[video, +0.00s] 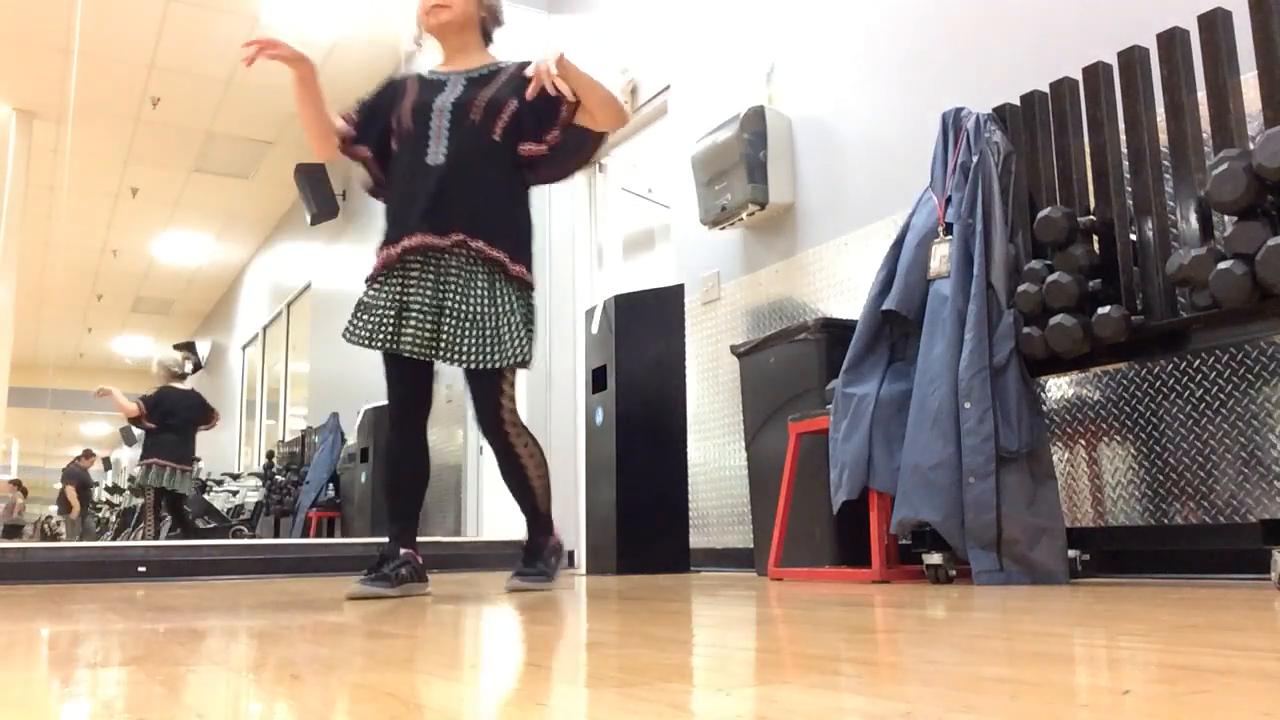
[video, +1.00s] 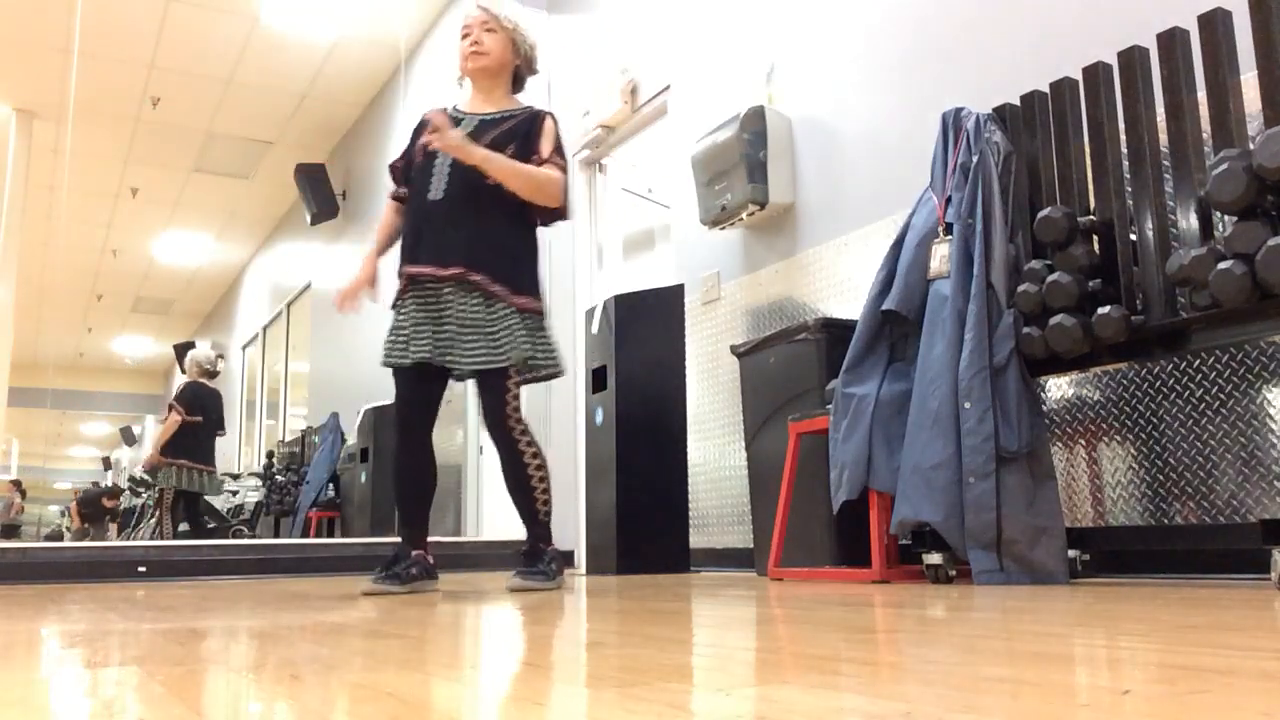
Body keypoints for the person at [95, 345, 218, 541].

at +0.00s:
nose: (156, 372)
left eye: (158, 369)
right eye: (157, 368)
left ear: (164, 371)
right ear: (182, 372)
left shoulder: (162, 394)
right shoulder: (195, 397)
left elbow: (132, 410)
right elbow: (213, 419)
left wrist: (113, 392)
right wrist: (190, 426)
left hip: (156, 462)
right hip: (183, 463)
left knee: (151, 510)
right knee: (177, 509)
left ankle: (147, 555)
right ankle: (195, 544)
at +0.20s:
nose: (171, 369)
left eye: (174, 366)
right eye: (173, 365)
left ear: (180, 370)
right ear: (197, 370)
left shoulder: (180, 393)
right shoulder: (204, 394)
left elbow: (160, 421)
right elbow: (220, 422)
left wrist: (133, 410)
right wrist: (199, 433)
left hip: (176, 465)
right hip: (201, 465)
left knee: (161, 512)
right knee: (198, 516)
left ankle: (153, 556)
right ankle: (206, 557)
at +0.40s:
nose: (183, 375)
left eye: (185, 371)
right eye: (184, 371)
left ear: (194, 372)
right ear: (204, 373)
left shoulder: (189, 394)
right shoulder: (216, 396)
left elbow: (177, 427)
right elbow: (226, 432)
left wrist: (154, 440)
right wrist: (205, 437)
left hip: (186, 468)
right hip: (212, 467)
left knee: (164, 506)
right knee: (202, 513)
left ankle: (166, 552)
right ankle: (211, 555)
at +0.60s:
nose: (188, 372)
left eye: (190, 367)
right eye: (189, 367)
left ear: (197, 369)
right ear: (212, 371)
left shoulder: (193, 391)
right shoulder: (220, 393)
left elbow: (192, 421)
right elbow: (233, 426)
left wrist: (178, 452)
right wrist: (213, 436)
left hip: (192, 464)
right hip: (215, 464)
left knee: (163, 502)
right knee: (205, 510)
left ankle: (163, 550)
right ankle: (214, 553)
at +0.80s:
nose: (189, 368)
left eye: (191, 364)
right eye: (190, 364)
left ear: (197, 367)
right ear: (213, 370)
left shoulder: (193, 388)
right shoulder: (219, 392)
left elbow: (190, 416)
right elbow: (228, 428)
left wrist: (176, 448)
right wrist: (208, 440)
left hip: (190, 463)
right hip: (214, 463)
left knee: (165, 504)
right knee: (206, 510)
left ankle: (166, 552)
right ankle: (215, 553)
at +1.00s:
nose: (185, 369)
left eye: (188, 365)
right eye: (186, 365)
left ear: (194, 367)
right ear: (209, 369)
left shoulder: (189, 388)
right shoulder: (215, 394)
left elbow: (175, 418)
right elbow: (219, 431)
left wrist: (156, 447)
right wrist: (196, 432)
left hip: (176, 462)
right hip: (202, 464)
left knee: (166, 510)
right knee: (194, 513)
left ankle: (166, 557)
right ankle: (204, 556)